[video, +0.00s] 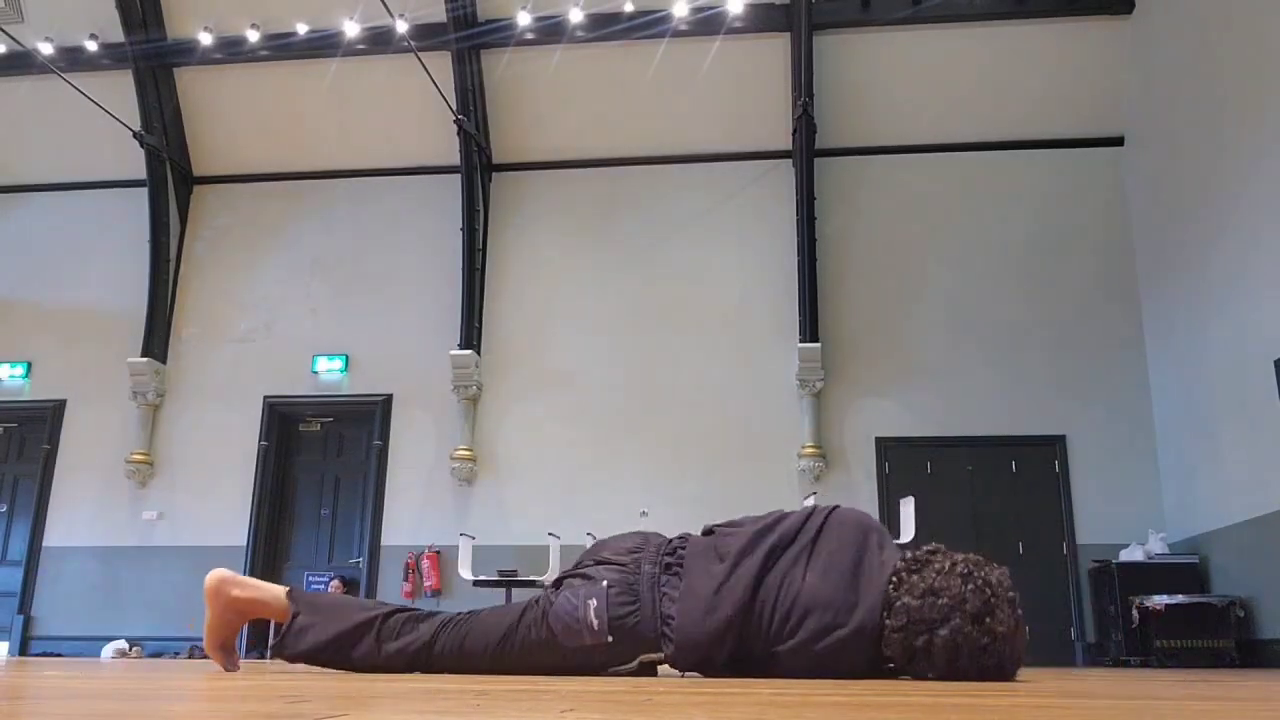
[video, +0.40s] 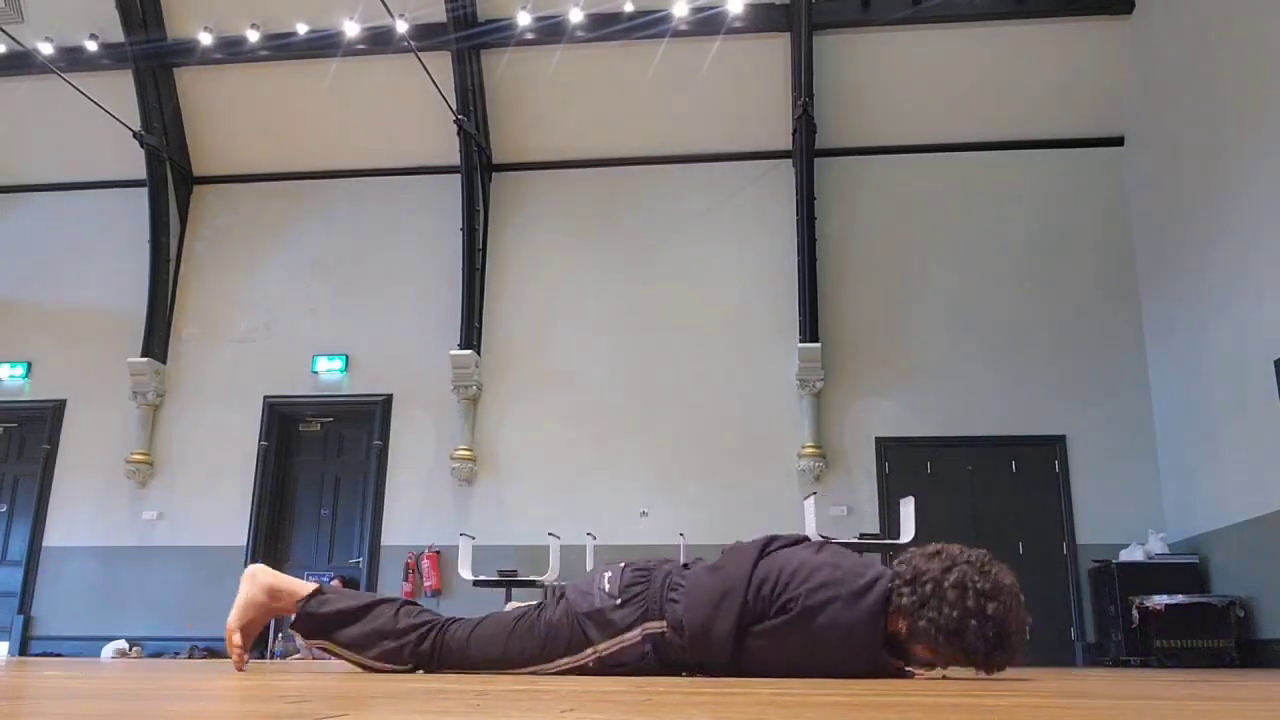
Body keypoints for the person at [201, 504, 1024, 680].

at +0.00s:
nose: (964, 677)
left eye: (978, 664)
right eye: (968, 668)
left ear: (935, 566)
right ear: (937, 647)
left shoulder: (857, 527)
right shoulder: (849, 643)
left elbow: (748, 543)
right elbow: (747, 671)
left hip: (631, 558)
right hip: (611, 623)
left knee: (453, 629)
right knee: (433, 639)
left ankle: (289, 609)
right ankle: (262, 607)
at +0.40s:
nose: (955, 680)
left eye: (972, 671)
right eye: (956, 669)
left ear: (938, 614)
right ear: (921, 636)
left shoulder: (893, 592)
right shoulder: (849, 622)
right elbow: (716, 642)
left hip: (655, 602)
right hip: (629, 617)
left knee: (474, 639)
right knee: (444, 646)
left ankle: (323, 610)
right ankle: (278, 597)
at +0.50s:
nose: (950, 668)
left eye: (966, 661)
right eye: (958, 657)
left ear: (934, 598)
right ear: (931, 623)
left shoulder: (872, 588)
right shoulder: (854, 617)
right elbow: (750, 664)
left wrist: (897, 657)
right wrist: (886, 673)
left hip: (650, 601)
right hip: (637, 616)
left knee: (481, 642)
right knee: (460, 650)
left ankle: (324, 612)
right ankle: (292, 606)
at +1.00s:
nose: (939, 645)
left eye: (952, 641)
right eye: (940, 627)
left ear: (948, 619)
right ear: (912, 589)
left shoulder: (879, 598)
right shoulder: (829, 588)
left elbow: (781, 655)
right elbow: (712, 660)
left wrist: (857, 654)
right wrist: (831, 666)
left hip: (674, 617)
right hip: (649, 589)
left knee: (525, 654)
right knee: (501, 659)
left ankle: (410, 644)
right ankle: (390, 646)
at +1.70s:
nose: (854, 615)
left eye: (872, 622)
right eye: (863, 598)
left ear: (890, 637)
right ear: (859, 565)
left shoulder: (846, 630)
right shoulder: (782, 558)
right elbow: (719, 652)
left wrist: (866, 657)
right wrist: (828, 662)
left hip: (693, 648)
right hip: (682, 584)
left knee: (595, 656)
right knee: (576, 621)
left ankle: (527, 645)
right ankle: (503, 651)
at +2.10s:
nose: (874, 615)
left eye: (895, 627)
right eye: (886, 598)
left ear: (918, 642)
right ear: (890, 565)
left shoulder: (904, 637)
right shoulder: (817, 554)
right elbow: (756, 635)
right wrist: (838, 660)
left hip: (739, 635)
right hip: (710, 573)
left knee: (689, 639)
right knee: (590, 540)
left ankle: (613, 649)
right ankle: (507, 641)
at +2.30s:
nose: (915, 625)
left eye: (934, 633)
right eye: (924, 609)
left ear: (952, 647)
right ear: (922, 577)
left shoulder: (918, 639)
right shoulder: (861, 555)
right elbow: (823, 618)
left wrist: (861, 661)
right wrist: (941, 662)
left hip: (764, 631)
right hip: (732, 569)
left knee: (757, 643)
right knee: (580, 541)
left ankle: (600, 652)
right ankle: (509, 639)